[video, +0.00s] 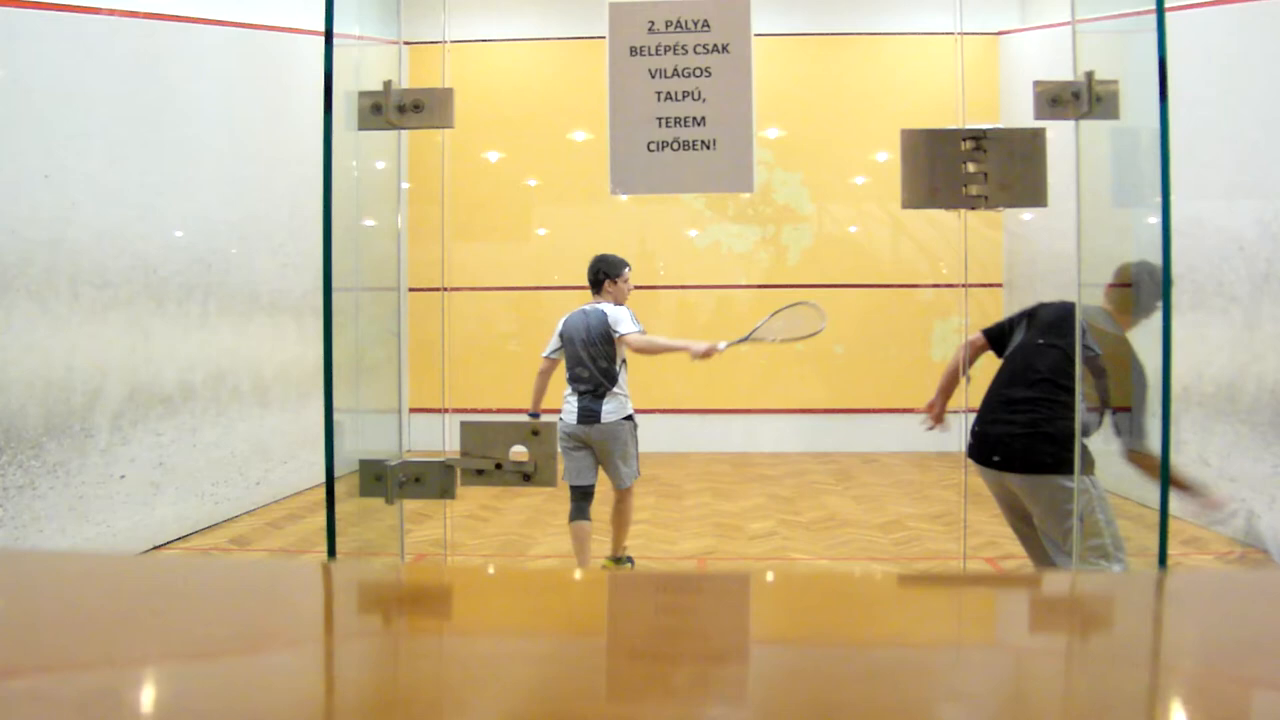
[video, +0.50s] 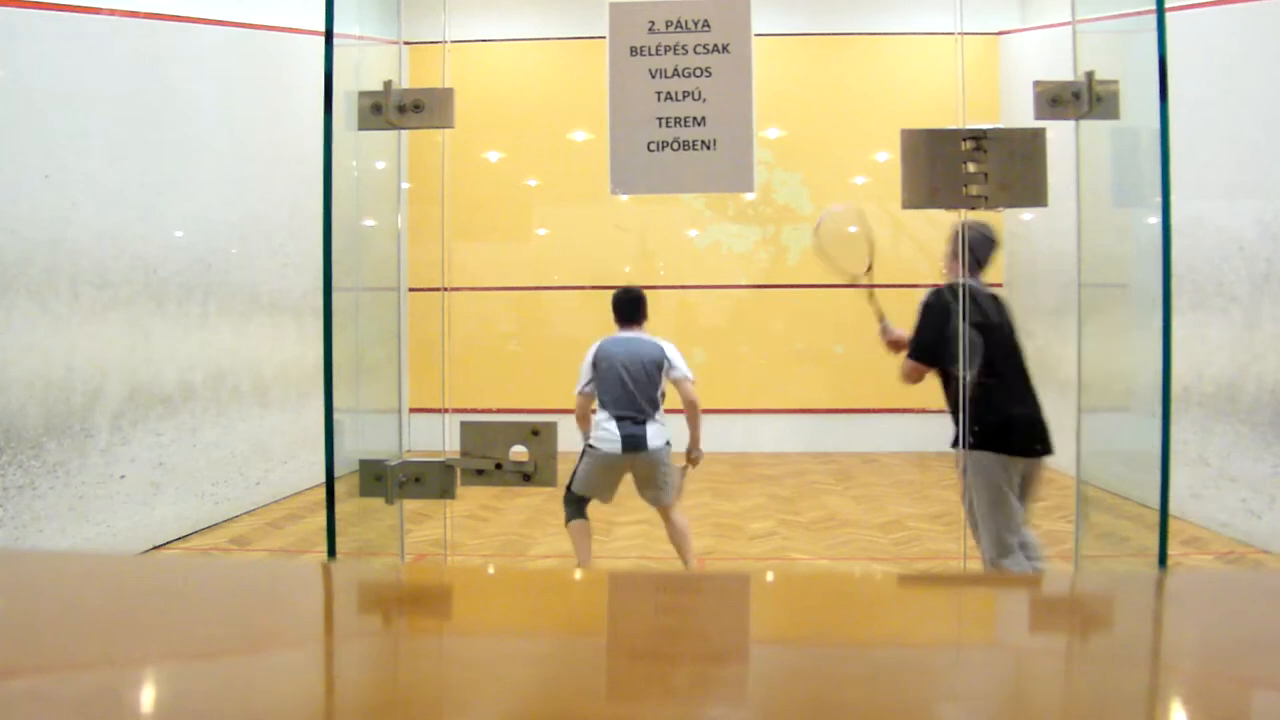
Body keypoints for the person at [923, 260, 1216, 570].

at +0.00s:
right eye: (1148, 305)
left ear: (1109, 288)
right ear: (1148, 308)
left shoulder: (1048, 313)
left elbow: (973, 345)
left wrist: (939, 399)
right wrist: (1192, 489)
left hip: (989, 449)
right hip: (1049, 457)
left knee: (1051, 563)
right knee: (1101, 564)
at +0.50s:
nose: (943, 253)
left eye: (947, 247)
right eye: (948, 246)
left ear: (952, 252)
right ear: (983, 258)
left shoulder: (943, 300)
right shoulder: (992, 302)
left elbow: (913, 372)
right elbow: (963, 348)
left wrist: (912, 341)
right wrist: (907, 343)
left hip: (987, 440)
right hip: (1028, 438)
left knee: (1000, 546)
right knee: (1012, 530)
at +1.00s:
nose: (790, 249)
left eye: (794, 242)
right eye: (792, 241)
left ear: (807, 246)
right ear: (826, 249)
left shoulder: (801, 293)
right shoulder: (848, 294)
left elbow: (790, 366)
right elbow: (867, 359)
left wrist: (766, 420)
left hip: (821, 427)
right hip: (861, 424)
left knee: (780, 504)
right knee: (842, 507)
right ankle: (858, 581)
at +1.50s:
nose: (647, 254)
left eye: (652, 246)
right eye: (647, 247)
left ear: (677, 245)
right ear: (681, 247)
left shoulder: (662, 291)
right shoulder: (713, 292)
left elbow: (641, 355)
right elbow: (736, 353)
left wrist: (616, 407)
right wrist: (726, 400)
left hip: (669, 409)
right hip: (706, 410)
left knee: (670, 497)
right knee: (671, 492)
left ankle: (687, 577)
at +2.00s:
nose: (549, 258)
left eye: (550, 253)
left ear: (552, 255)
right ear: (584, 255)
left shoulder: (547, 297)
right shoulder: (604, 299)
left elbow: (530, 359)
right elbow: (621, 358)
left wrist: (518, 403)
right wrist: (608, 397)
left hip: (556, 409)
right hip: (597, 409)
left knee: (514, 479)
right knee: (578, 483)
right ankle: (582, 560)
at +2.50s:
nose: (553, 320)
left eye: (551, 314)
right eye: (551, 314)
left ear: (517, 317)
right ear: (545, 317)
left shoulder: (495, 351)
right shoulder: (562, 354)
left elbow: (467, 399)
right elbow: (597, 406)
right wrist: (637, 450)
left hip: (495, 452)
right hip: (548, 453)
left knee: (464, 508)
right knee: (588, 508)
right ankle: (563, 570)